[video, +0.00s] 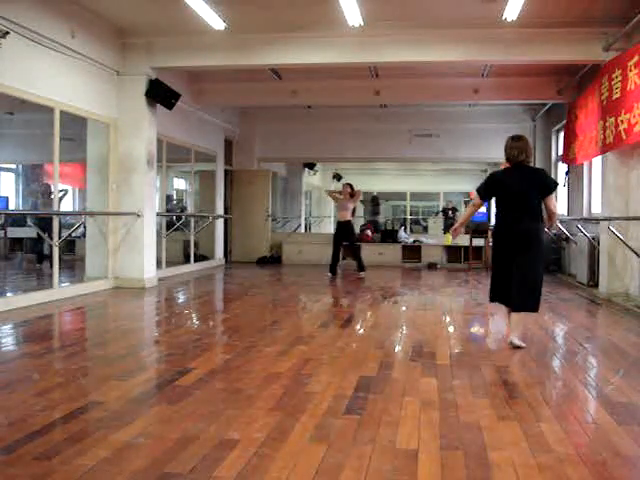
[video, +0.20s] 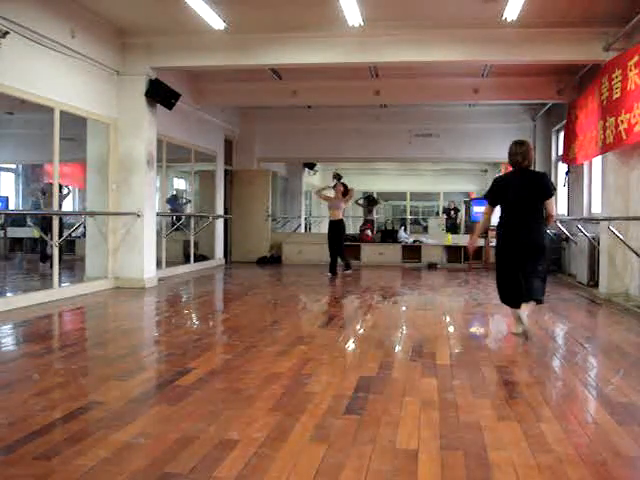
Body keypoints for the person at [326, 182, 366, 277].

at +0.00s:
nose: (345, 190)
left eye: (347, 188)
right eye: (344, 188)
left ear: (351, 190)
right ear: (342, 190)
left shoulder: (352, 201)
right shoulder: (339, 200)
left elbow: (359, 192)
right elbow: (329, 193)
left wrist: (353, 193)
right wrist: (338, 192)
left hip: (348, 222)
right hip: (339, 222)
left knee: (353, 247)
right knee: (336, 248)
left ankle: (361, 270)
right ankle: (332, 272)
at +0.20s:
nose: (337, 188)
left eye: (339, 186)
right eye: (336, 186)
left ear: (343, 190)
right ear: (335, 188)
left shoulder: (343, 201)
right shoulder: (330, 199)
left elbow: (351, 194)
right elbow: (317, 193)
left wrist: (349, 190)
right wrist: (328, 187)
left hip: (339, 221)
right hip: (332, 221)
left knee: (339, 248)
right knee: (332, 249)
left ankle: (347, 266)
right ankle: (333, 272)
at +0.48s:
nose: (325, 188)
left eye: (327, 187)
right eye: (324, 186)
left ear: (331, 190)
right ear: (321, 188)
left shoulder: (331, 200)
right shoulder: (317, 199)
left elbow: (336, 192)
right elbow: (305, 194)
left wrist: (334, 184)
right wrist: (311, 183)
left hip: (327, 222)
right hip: (319, 222)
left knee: (323, 249)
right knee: (322, 249)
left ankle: (316, 272)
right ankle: (332, 270)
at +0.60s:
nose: (318, 187)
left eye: (321, 185)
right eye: (317, 185)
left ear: (325, 188)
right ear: (315, 187)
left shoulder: (326, 198)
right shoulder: (311, 197)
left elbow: (332, 186)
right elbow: (300, 191)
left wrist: (324, 181)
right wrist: (308, 182)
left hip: (322, 222)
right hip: (313, 222)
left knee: (318, 250)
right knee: (312, 249)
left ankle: (315, 273)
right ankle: (324, 264)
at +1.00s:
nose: (301, 188)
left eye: (303, 186)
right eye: (299, 186)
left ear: (306, 188)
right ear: (296, 188)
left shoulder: (308, 198)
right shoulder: (292, 197)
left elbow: (316, 187)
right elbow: (283, 190)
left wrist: (306, 181)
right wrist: (290, 182)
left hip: (304, 221)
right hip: (295, 221)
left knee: (308, 249)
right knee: (292, 251)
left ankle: (314, 272)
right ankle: (286, 274)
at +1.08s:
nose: (297, 188)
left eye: (299, 186)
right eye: (295, 186)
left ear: (302, 187)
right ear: (293, 187)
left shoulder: (305, 197)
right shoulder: (290, 196)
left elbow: (314, 187)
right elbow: (282, 191)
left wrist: (304, 180)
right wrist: (288, 181)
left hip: (301, 221)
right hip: (291, 221)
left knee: (303, 250)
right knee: (289, 250)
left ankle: (312, 271)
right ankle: (286, 274)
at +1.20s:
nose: (291, 187)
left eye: (293, 185)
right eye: (290, 185)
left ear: (297, 187)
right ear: (287, 187)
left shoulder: (299, 196)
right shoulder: (284, 196)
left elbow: (308, 189)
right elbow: (273, 190)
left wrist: (305, 183)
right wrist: (278, 182)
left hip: (295, 220)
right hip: (286, 221)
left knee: (295, 249)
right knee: (286, 249)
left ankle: (296, 273)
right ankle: (286, 273)